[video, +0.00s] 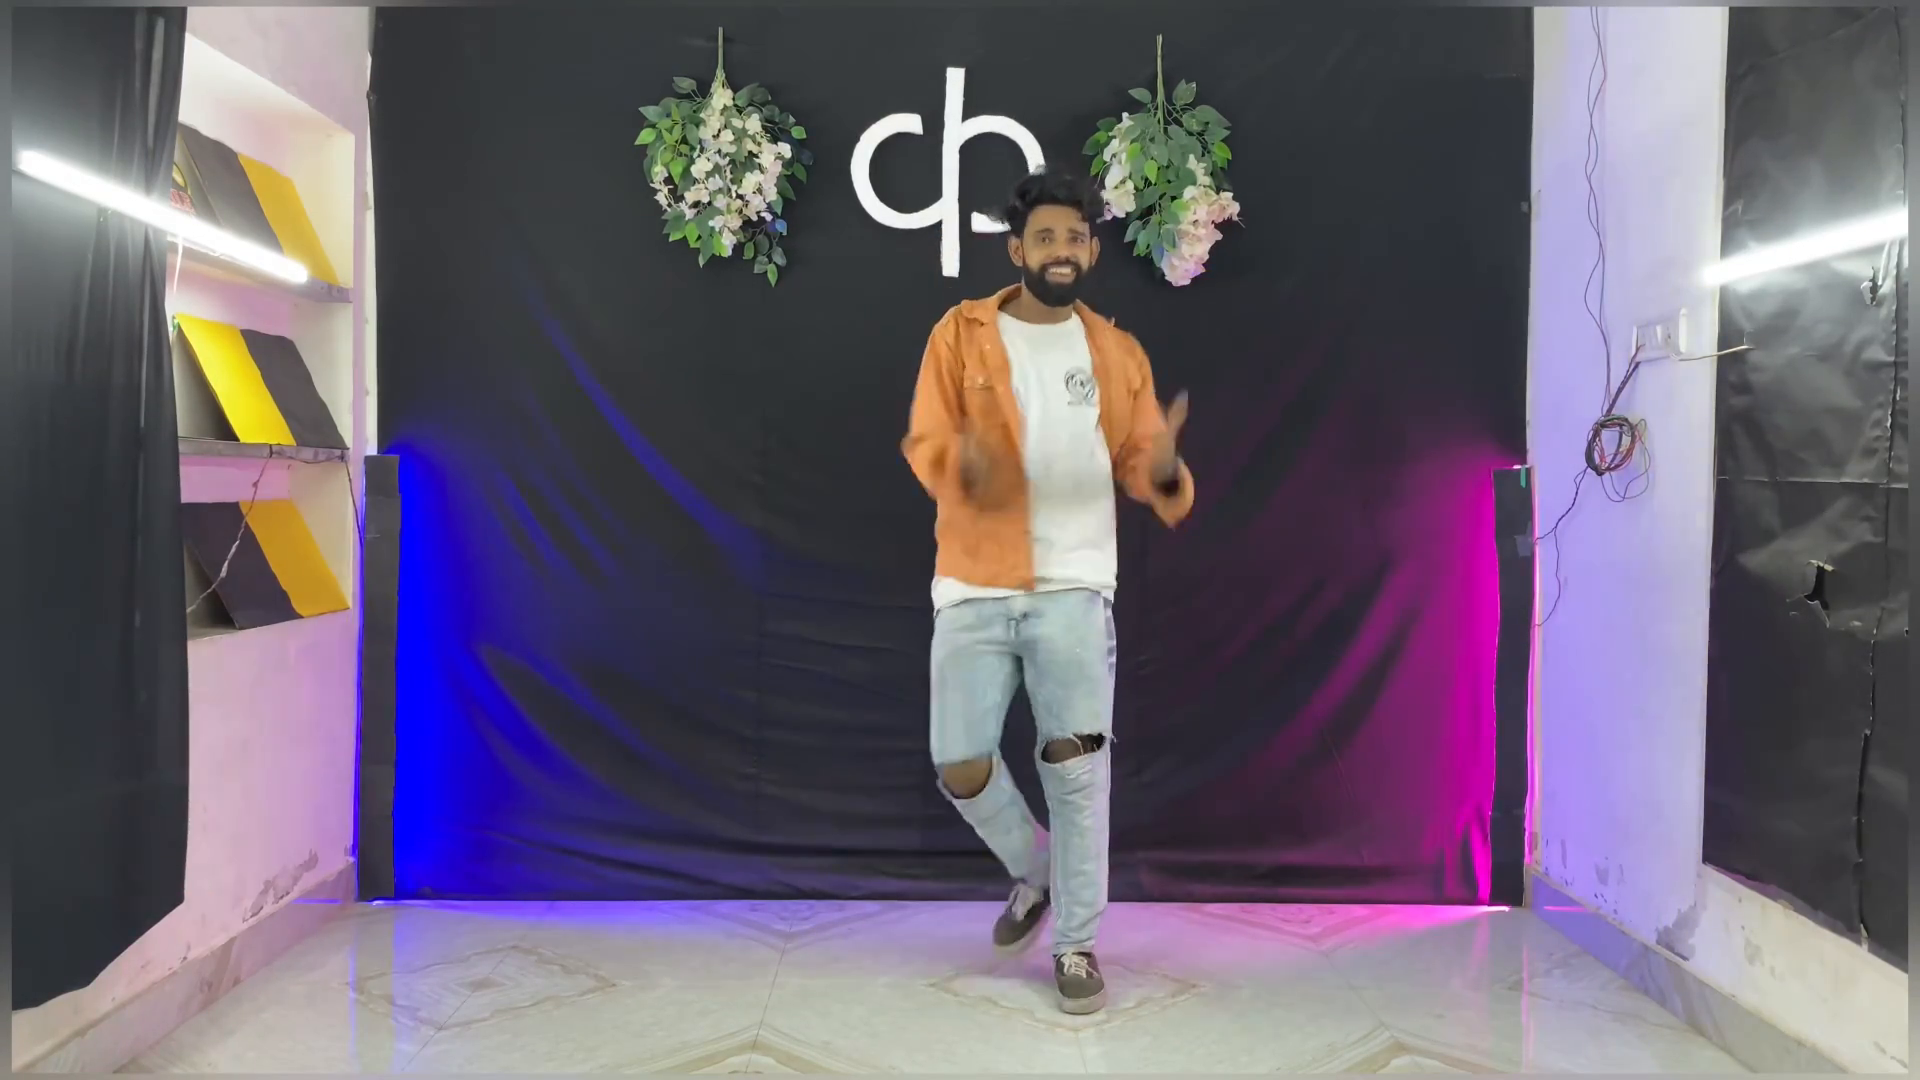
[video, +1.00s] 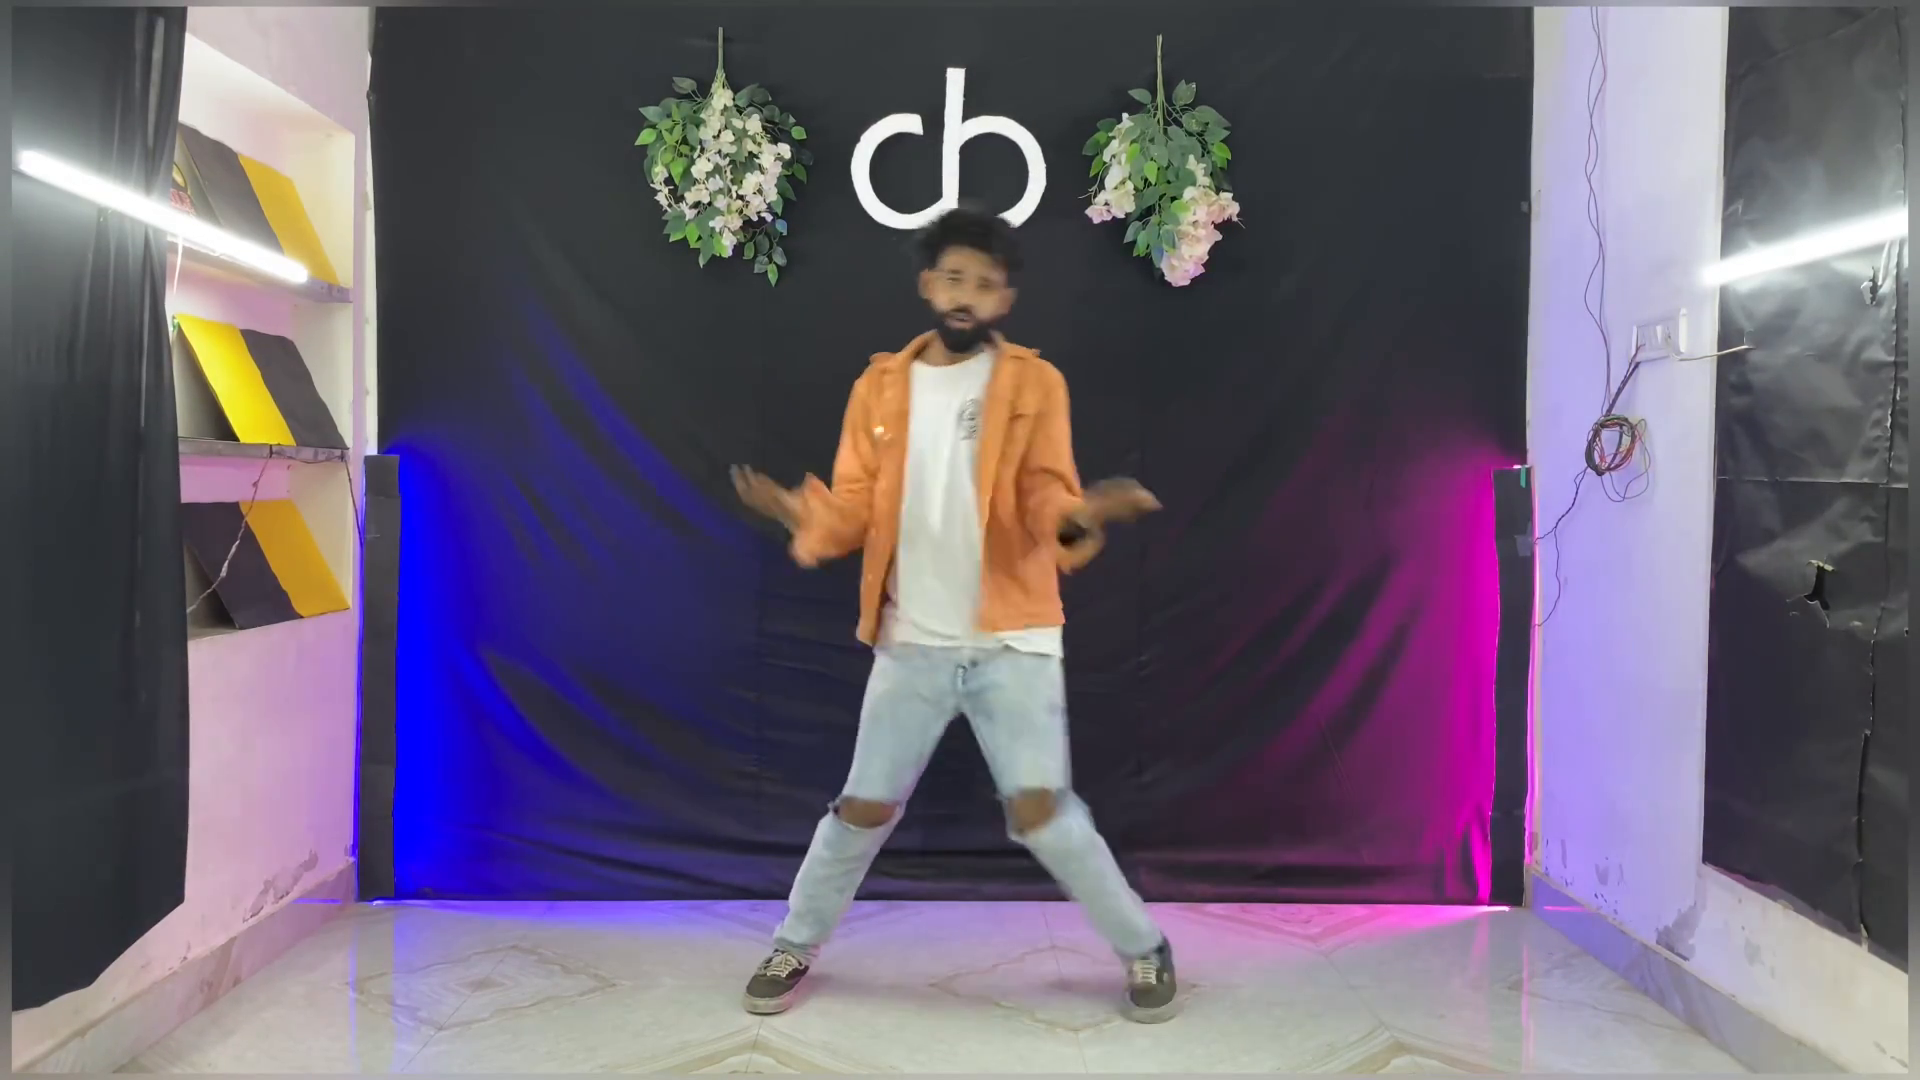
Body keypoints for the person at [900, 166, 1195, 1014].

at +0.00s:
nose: (1062, 252)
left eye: (1076, 238)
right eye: (1045, 237)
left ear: (1093, 249)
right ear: (1015, 245)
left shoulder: (1117, 351)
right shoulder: (962, 333)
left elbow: (1147, 464)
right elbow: (926, 442)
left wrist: (1162, 468)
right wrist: (964, 464)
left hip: (1074, 583)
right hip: (973, 582)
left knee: (1073, 760)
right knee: (961, 762)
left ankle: (1077, 940)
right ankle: (1033, 872)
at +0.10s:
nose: (1057, 276)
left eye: (1071, 262)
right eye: (1040, 261)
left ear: (1089, 272)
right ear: (1008, 267)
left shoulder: (1093, 374)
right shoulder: (953, 329)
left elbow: (1120, 493)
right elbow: (889, 417)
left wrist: (1142, 400)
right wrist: (965, 349)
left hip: (1060, 599)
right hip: (960, 595)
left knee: (1065, 768)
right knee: (941, 767)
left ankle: (1076, 943)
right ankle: (994, 871)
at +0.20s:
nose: (1030, 274)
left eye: (1043, 259)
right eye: (1011, 262)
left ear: (1064, 270)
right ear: (980, 274)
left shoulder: (1081, 379)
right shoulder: (935, 332)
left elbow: (1077, 513)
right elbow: (872, 425)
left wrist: (1116, 434)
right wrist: (943, 360)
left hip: (1042, 609)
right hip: (937, 601)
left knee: (1055, 779)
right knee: (901, 763)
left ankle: (1074, 944)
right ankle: (886, 909)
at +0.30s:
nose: (981, 281)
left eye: (992, 263)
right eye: (962, 271)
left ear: (1018, 267)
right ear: (938, 285)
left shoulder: (1061, 378)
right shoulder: (904, 351)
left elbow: (1060, 504)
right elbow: (855, 478)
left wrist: (1061, 509)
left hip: (1007, 619)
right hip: (903, 609)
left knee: (1019, 788)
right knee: (853, 775)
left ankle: (1068, 946)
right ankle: (783, 939)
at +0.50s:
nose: (931, 303)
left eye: (940, 283)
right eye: (911, 294)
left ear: (969, 278)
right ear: (893, 308)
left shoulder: (1028, 370)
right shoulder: (877, 374)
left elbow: (1034, 469)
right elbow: (845, 482)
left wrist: (1017, 554)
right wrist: (804, 572)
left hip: (981, 615)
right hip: (876, 612)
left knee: (1007, 783)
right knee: (833, 787)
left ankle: (1068, 945)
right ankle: (793, 942)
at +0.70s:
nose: (893, 304)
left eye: (907, 285)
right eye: (875, 291)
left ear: (942, 285)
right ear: (860, 302)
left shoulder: (1000, 350)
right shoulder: (858, 393)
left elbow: (1018, 451)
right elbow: (799, 496)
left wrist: (986, 507)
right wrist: (703, 520)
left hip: (978, 604)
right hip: (882, 598)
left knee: (985, 786)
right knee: (832, 774)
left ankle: (1061, 943)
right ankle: (790, 940)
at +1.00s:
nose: (964, 295)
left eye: (983, 283)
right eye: (951, 278)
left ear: (1009, 297)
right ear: (925, 283)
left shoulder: (1036, 384)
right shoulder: (881, 383)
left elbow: (1044, 501)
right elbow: (851, 501)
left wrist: (1083, 511)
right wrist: (800, 511)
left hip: (1014, 638)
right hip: (910, 638)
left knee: (1039, 810)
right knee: (863, 806)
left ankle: (1143, 949)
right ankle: (792, 945)